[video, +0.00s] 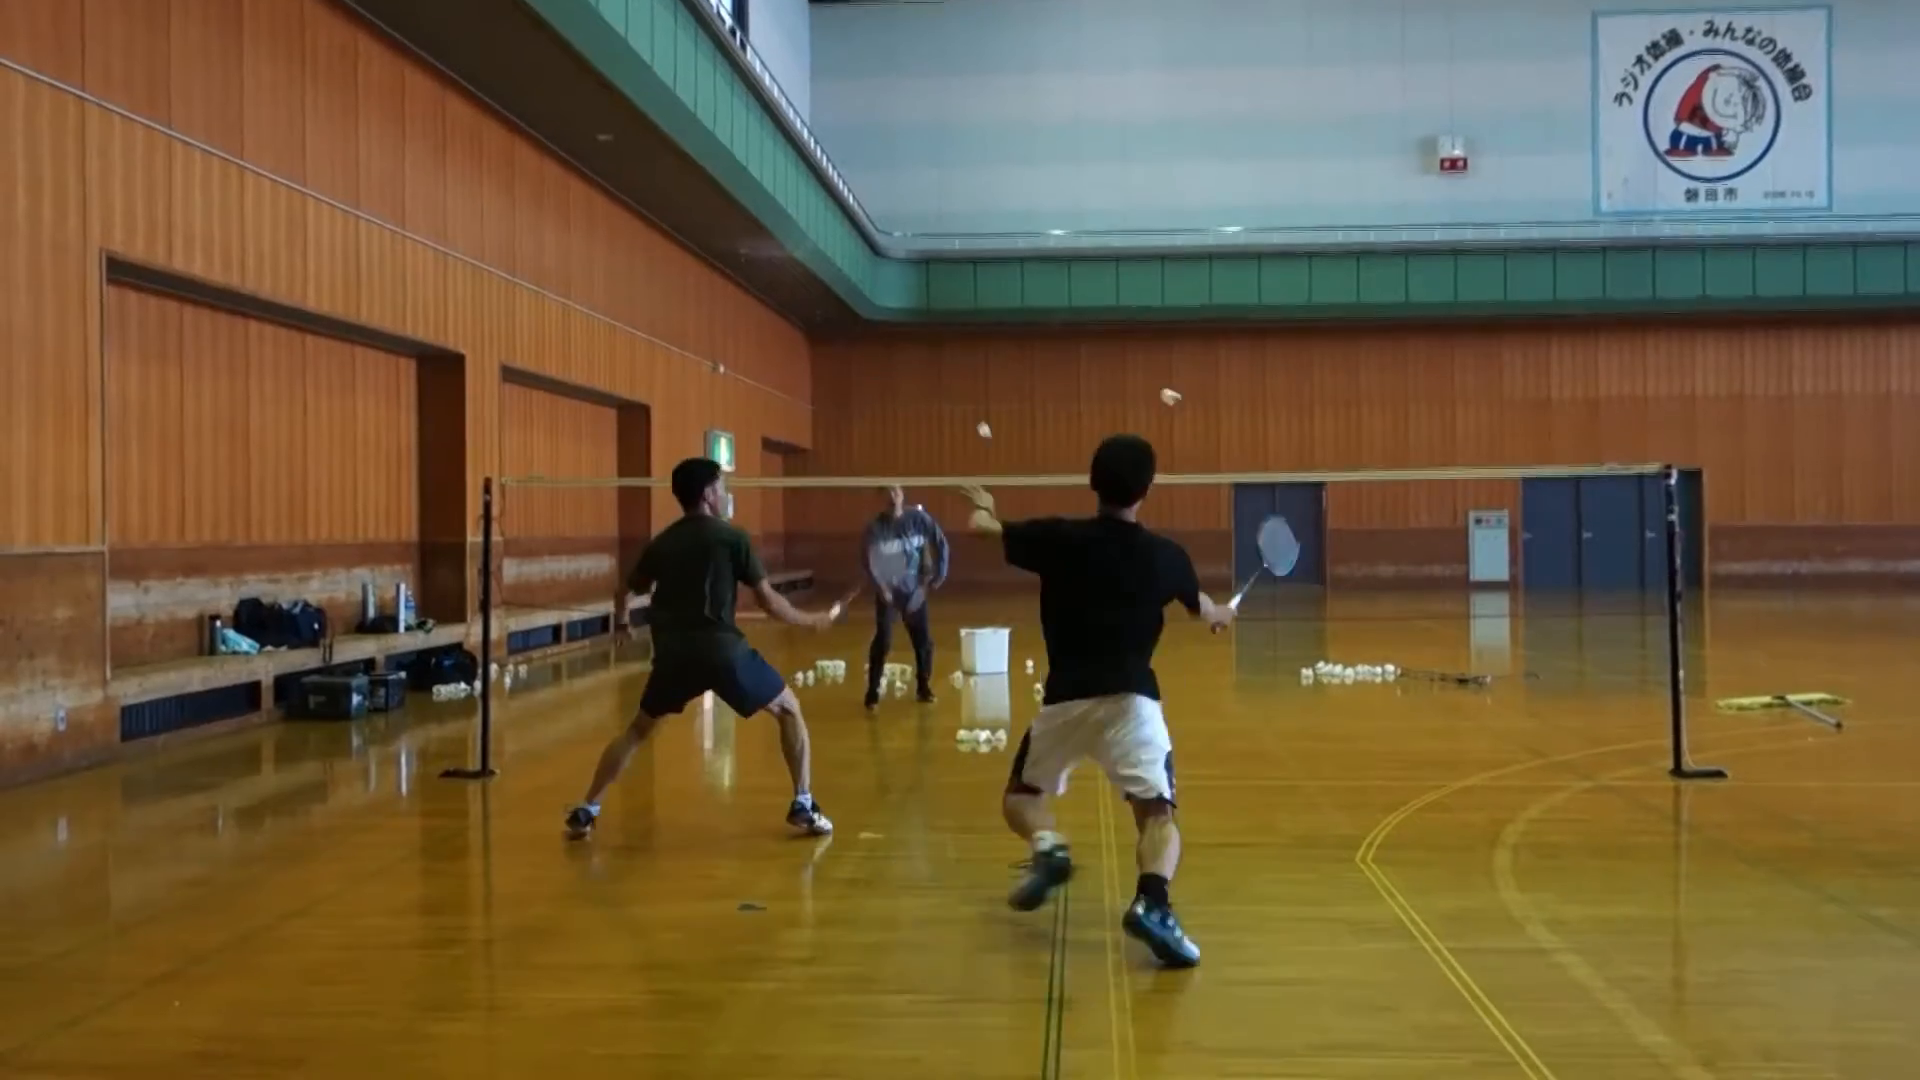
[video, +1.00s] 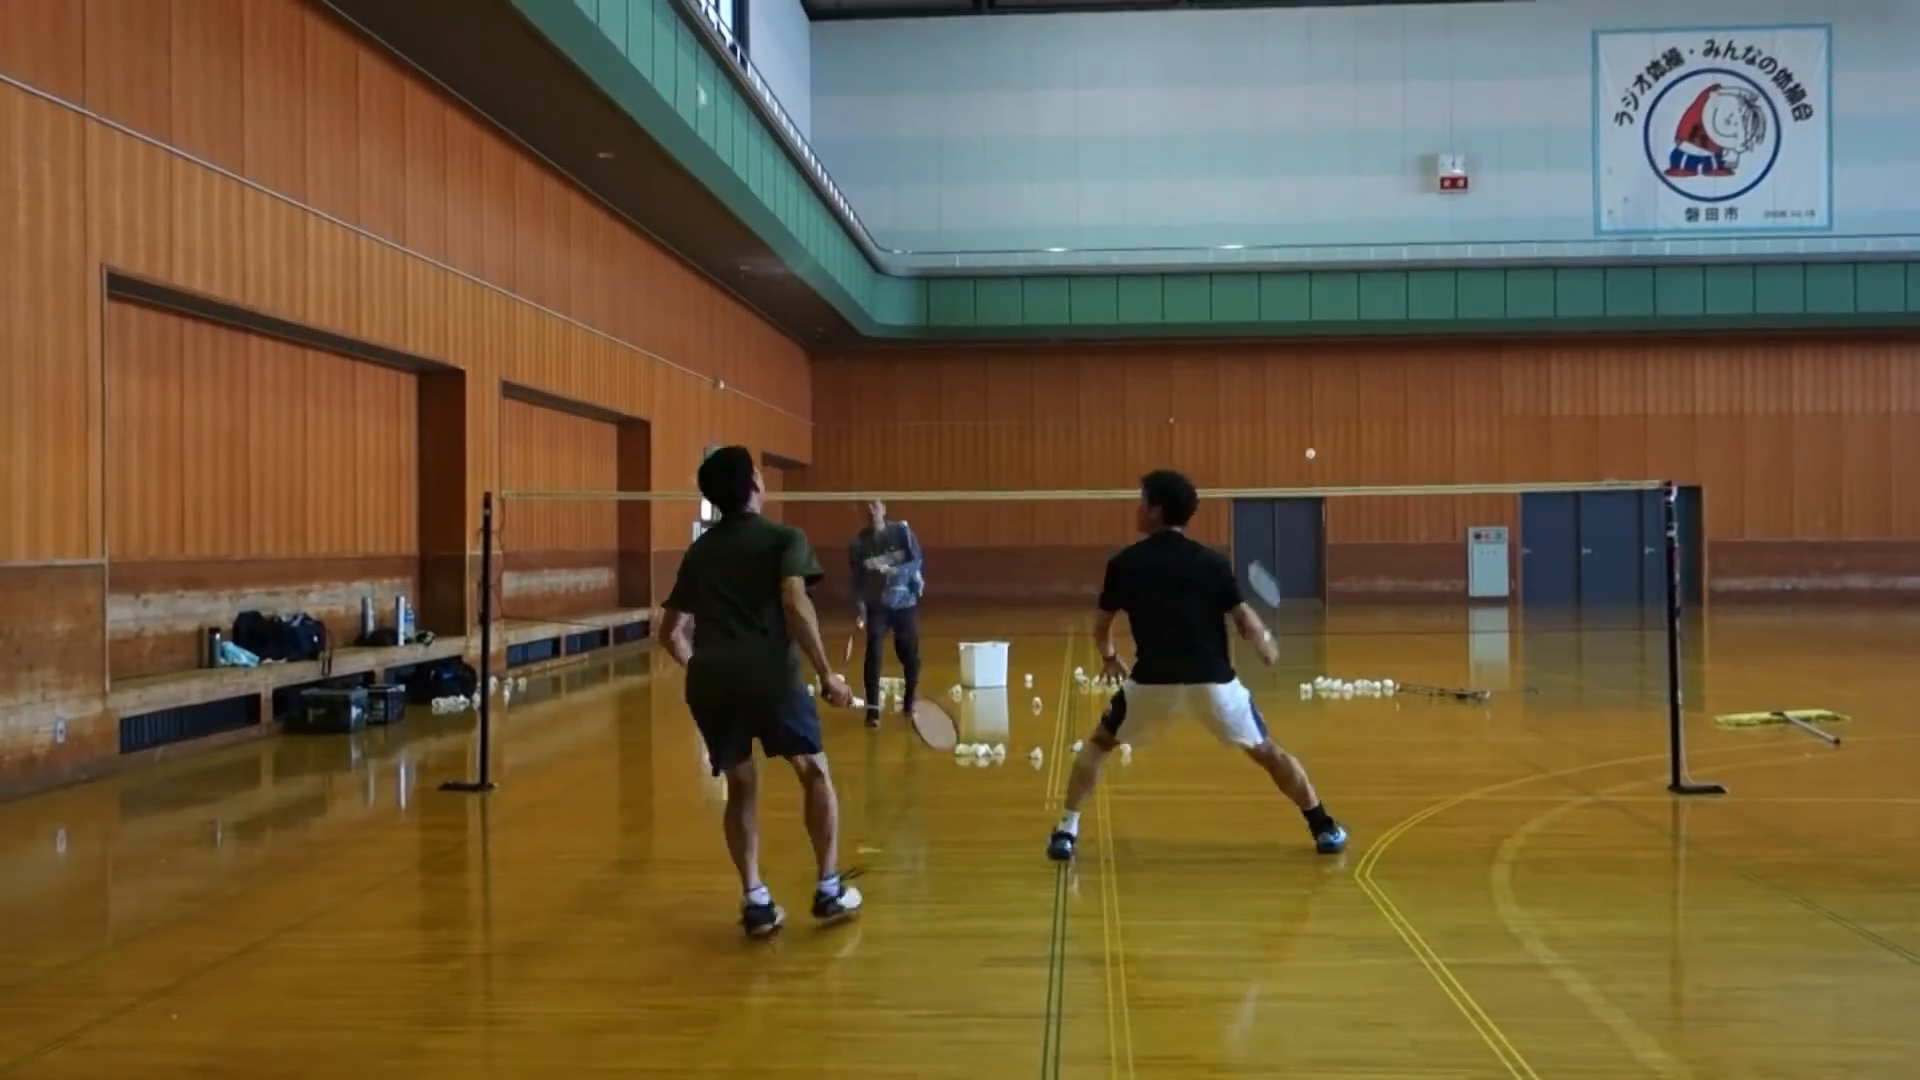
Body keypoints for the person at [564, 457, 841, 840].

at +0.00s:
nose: (725, 495)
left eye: (721, 487)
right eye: (721, 488)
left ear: (683, 497)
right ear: (708, 494)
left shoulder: (662, 542)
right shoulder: (732, 538)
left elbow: (625, 591)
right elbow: (769, 602)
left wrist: (622, 622)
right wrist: (815, 619)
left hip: (673, 656)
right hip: (722, 651)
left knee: (637, 730)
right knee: (788, 709)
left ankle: (588, 807)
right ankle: (803, 803)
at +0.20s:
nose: (764, 499)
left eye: (763, 492)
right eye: (763, 493)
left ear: (720, 494)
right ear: (756, 495)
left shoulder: (692, 541)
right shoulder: (774, 546)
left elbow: (669, 595)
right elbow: (779, 613)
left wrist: (652, 640)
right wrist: (793, 658)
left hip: (699, 656)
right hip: (754, 656)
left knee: (675, 732)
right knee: (806, 731)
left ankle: (644, 812)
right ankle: (816, 821)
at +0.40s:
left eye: (741, 482)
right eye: (782, 484)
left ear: (742, 485)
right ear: (782, 487)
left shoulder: (722, 525)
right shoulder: (803, 534)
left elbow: (683, 579)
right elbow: (838, 600)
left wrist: (653, 603)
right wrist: (857, 653)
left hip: (736, 643)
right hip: (792, 643)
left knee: (707, 726)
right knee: (819, 728)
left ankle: (712, 824)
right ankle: (842, 816)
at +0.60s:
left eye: (740, 487)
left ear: (741, 492)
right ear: (783, 492)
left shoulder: (729, 536)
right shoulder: (810, 538)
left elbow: (667, 591)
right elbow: (849, 600)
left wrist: (662, 563)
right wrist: (871, 664)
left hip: (763, 657)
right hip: (818, 656)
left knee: (711, 742)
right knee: (837, 739)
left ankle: (718, 850)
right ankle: (857, 829)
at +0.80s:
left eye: (747, 498)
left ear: (750, 504)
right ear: (795, 504)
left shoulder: (736, 550)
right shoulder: (820, 554)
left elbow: (684, 614)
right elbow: (859, 619)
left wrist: (675, 624)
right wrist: (877, 680)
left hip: (773, 682)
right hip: (830, 679)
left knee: (697, 761)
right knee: (848, 757)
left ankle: (721, 859)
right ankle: (890, 846)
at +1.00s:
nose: (764, 482)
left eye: (759, 474)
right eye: (760, 475)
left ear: (711, 497)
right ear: (754, 487)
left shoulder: (699, 552)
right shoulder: (784, 539)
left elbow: (667, 631)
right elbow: (795, 603)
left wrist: (698, 666)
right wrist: (827, 673)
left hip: (708, 679)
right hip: (771, 675)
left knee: (740, 785)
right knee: (814, 774)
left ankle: (754, 897)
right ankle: (828, 887)